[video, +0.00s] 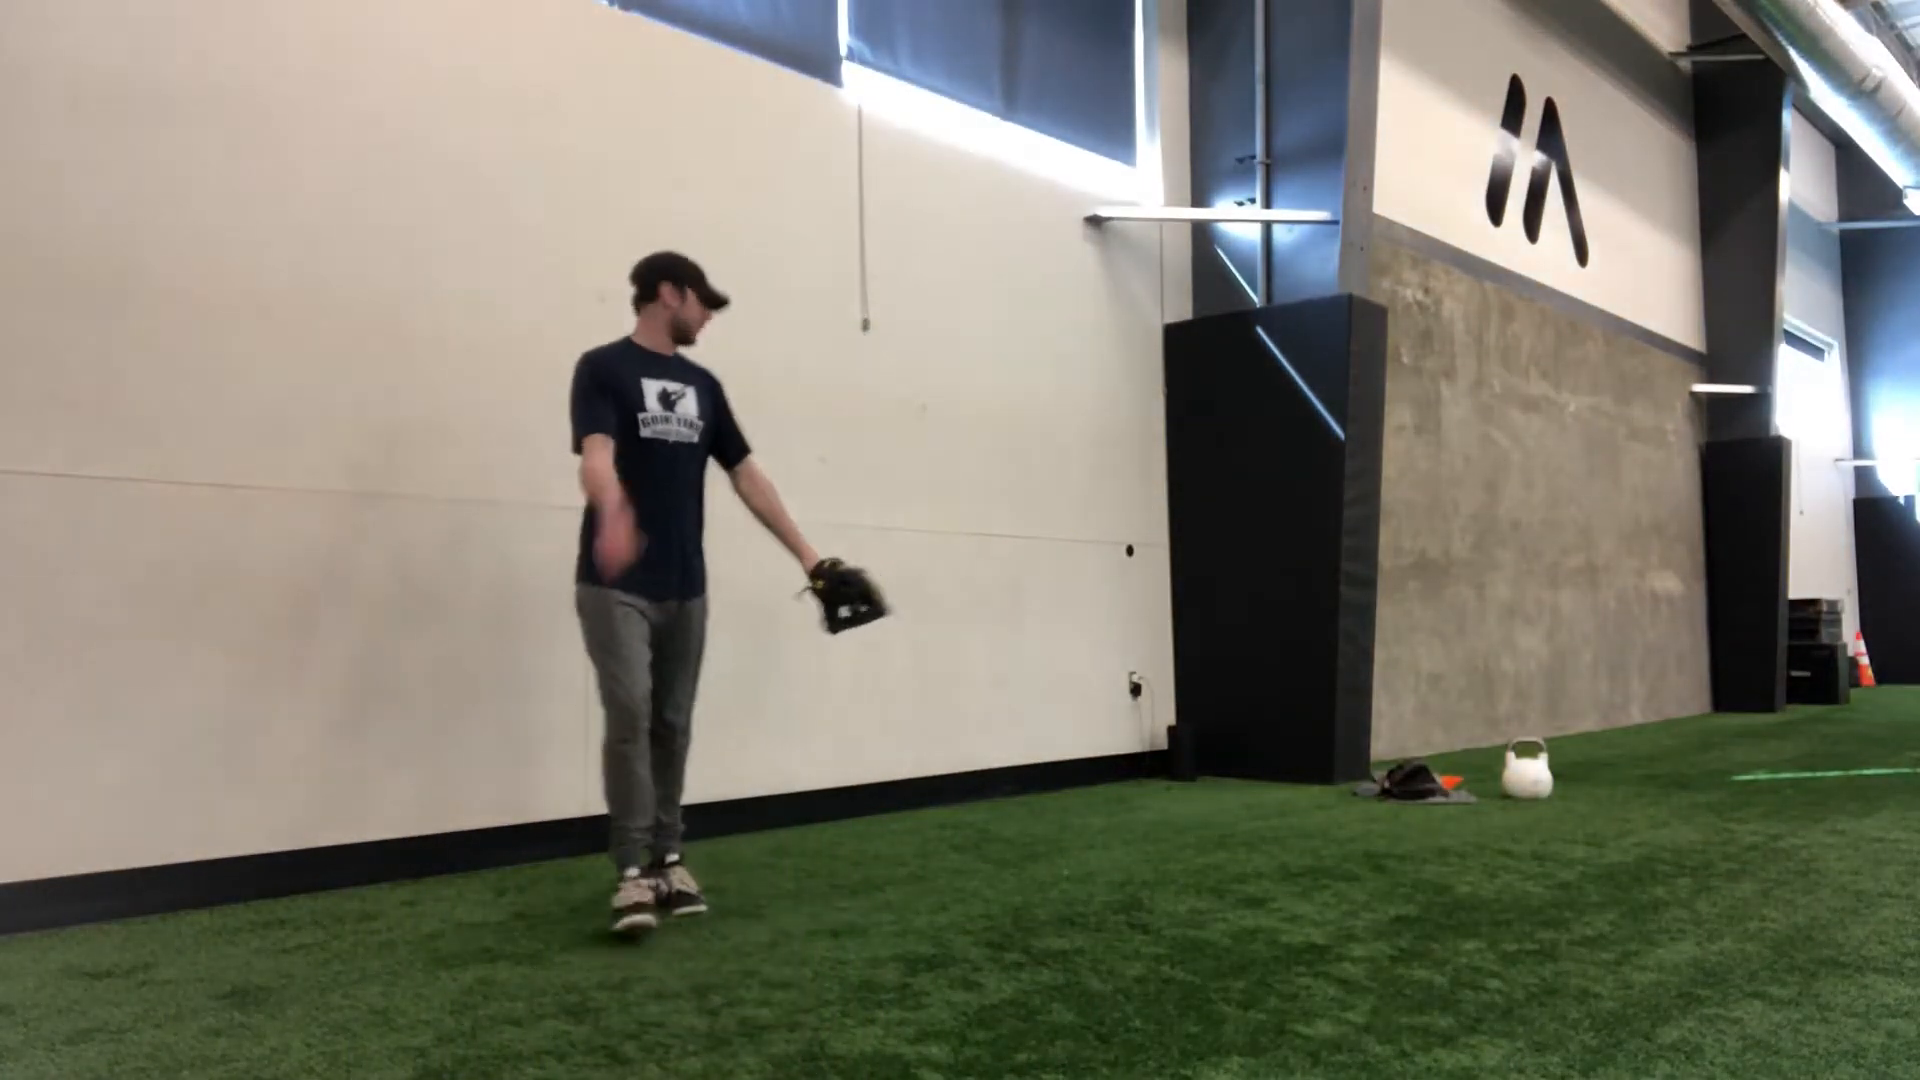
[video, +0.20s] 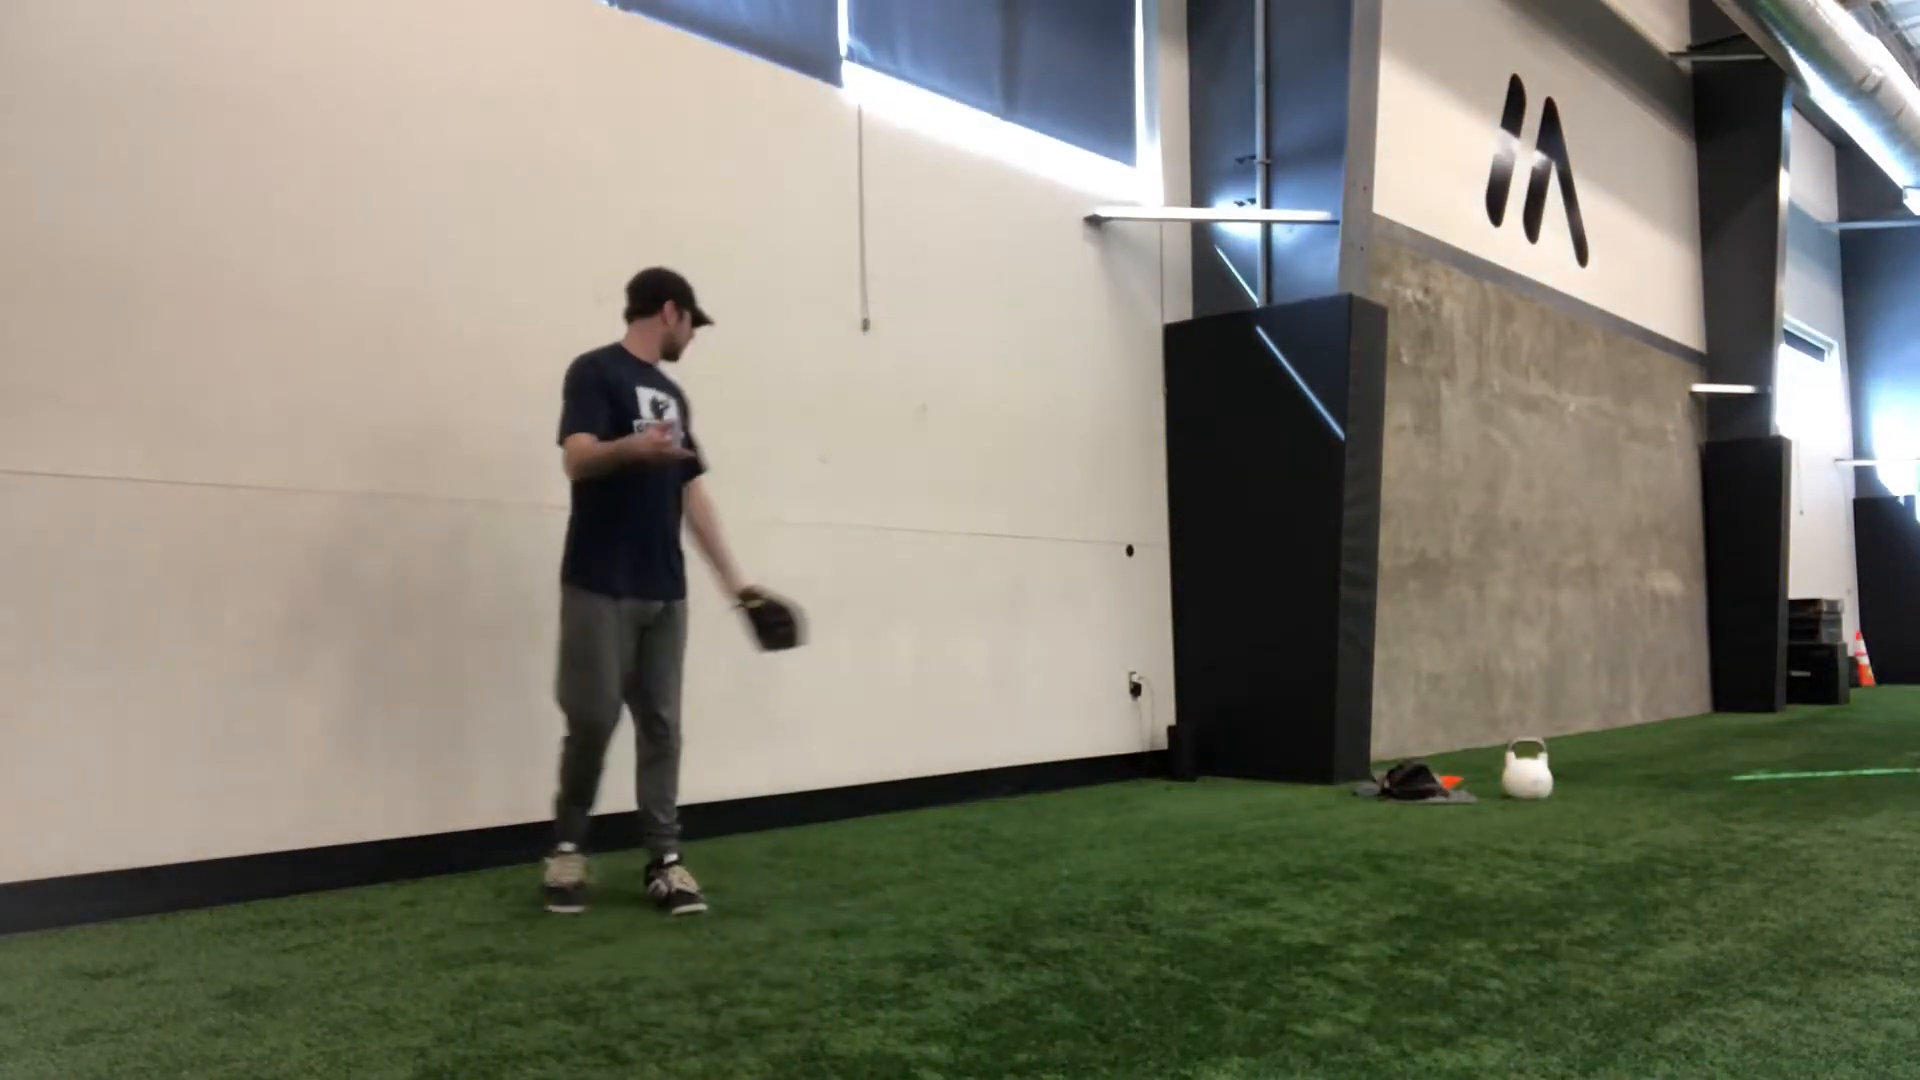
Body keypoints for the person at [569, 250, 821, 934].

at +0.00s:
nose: (708, 316)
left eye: (708, 305)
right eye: (702, 303)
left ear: (673, 299)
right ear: (666, 295)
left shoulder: (701, 385)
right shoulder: (602, 368)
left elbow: (748, 476)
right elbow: (595, 459)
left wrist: (809, 556)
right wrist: (614, 509)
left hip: (682, 582)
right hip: (616, 580)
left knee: (671, 723)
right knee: (630, 716)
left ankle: (666, 861)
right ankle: (633, 871)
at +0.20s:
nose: (693, 334)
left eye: (694, 323)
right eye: (691, 322)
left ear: (660, 314)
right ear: (668, 312)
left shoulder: (671, 396)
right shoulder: (593, 371)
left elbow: (692, 495)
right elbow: (576, 457)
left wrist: (736, 584)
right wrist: (637, 448)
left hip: (662, 583)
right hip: (598, 581)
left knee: (661, 724)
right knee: (592, 719)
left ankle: (665, 861)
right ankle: (567, 848)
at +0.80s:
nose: (645, 343)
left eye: (648, 333)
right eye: (633, 333)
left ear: (648, 339)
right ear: (602, 335)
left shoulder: (643, 409)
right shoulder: (560, 398)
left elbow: (623, 490)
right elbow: (487, 464)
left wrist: (657, 543)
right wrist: (529, 538)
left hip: (620, 588)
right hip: (559, 585)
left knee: (633, 711)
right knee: (550, 718)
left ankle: (624, 827)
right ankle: (540, 854)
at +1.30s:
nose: (624, 358)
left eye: (630, 348)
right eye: (611, 349)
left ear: (638, 357)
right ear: (586, 358)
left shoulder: (647, 424)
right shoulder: (547, 417)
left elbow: (648, 487)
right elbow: (478, 470)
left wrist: (650, 525)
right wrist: (519, 542)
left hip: (604, 598)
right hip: (541, 594)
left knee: (617, 716)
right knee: (530, 717)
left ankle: (619, 832)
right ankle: (503, 847)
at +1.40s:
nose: (619, 365)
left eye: (624, 356)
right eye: (606, 357)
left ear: (632, 364)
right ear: (579, 366)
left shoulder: (640, 431)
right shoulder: (540, 426)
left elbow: (635, 489)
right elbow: (466, 478)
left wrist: (639, 535)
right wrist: (510, 549)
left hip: (597, 599)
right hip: (532, 599)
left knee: (628, 703)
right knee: (524, 718)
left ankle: (622, 828)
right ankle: (503, 849)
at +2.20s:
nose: (620, 397)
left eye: (624, 387)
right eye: (606, 387)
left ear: (631, 394)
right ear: (576, 394)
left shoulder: (636, 461)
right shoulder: (528, 447)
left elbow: (630, 510)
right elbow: (447, 482)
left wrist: (625, 553)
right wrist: (481, 561)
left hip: (574, 613)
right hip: (506, 605)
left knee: (572, 725)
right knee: (498, 706)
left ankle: (552, 840)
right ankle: (484, 837)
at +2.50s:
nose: (657, 415)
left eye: (663, 404)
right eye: (643, 403)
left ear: (668, 411)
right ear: (613, 410)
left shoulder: (662, 475)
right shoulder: (560, 465)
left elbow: (645, 518)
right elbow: (470, 501)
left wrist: (643, 563)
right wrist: (503, 584)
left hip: (591, 613)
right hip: (525, 618)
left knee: (624, 709)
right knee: (516, 743)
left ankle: (598, 842)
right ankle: (482, 852)